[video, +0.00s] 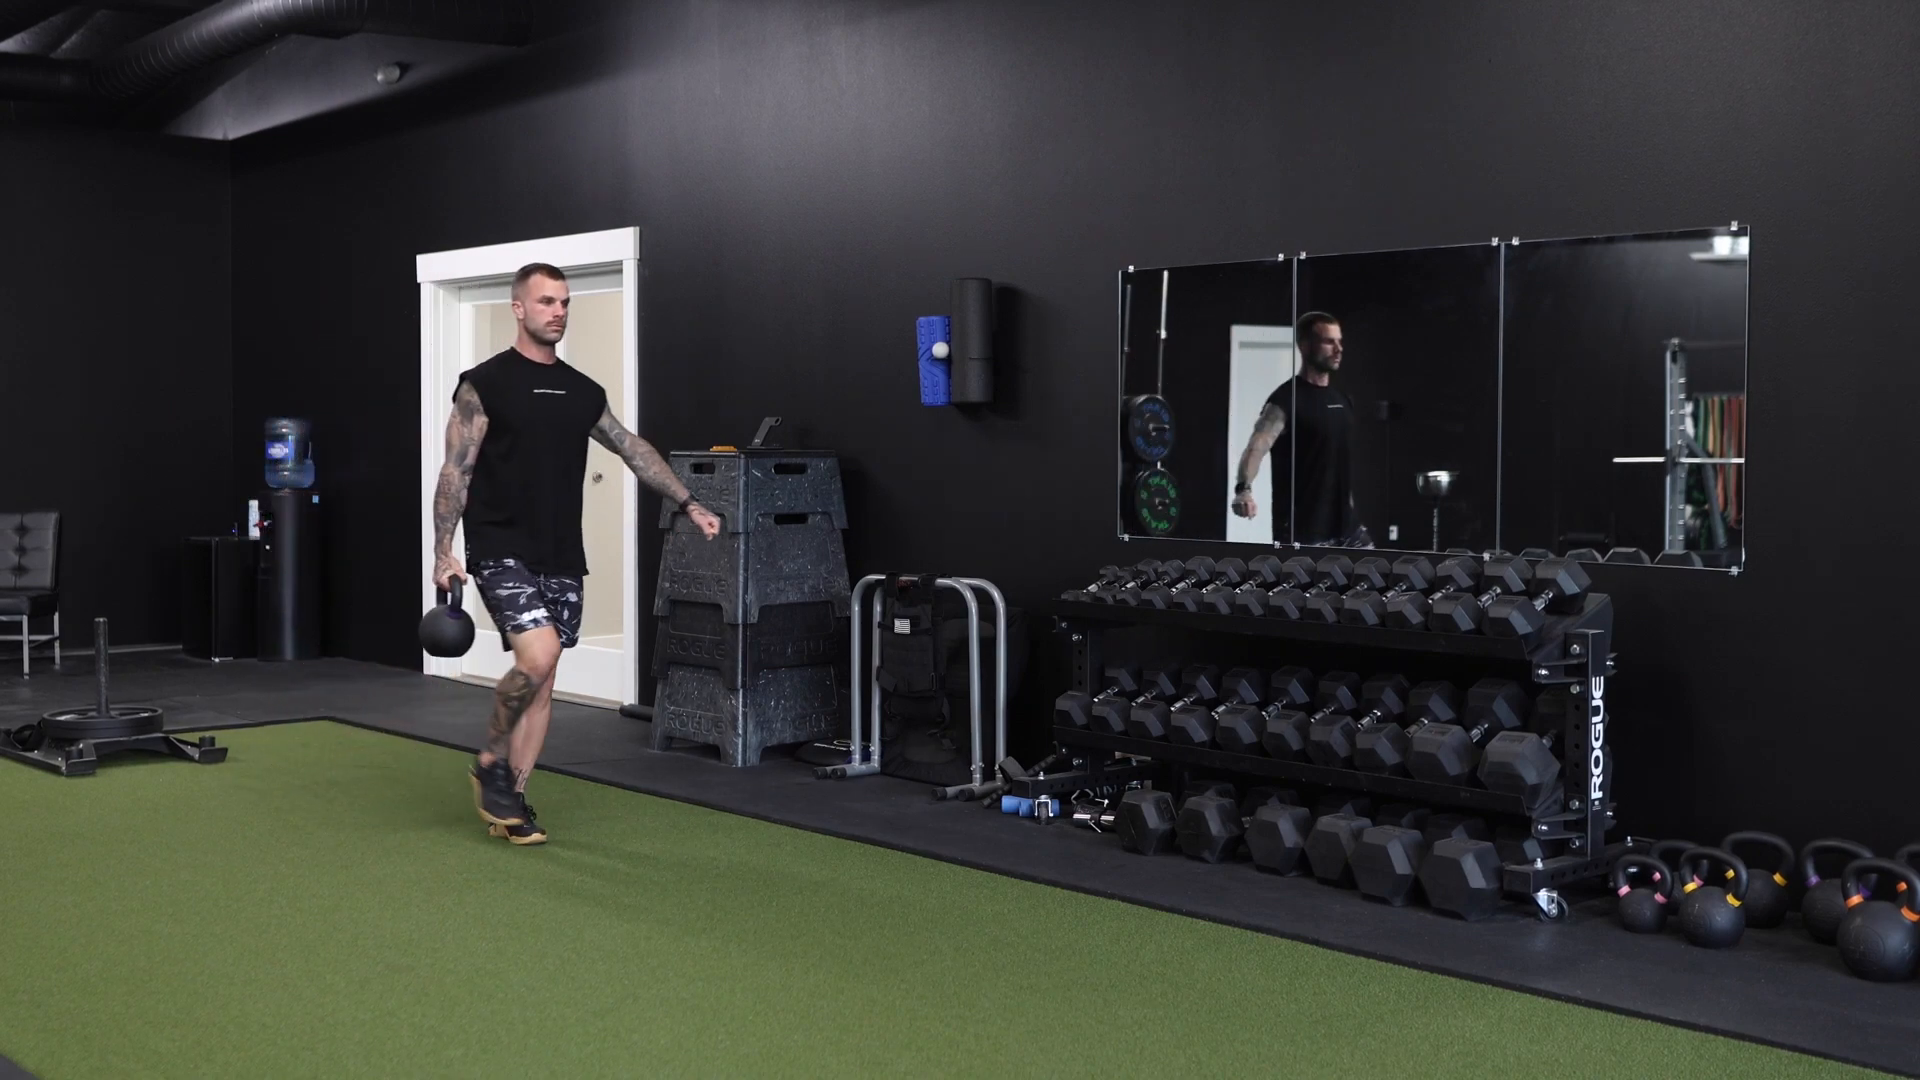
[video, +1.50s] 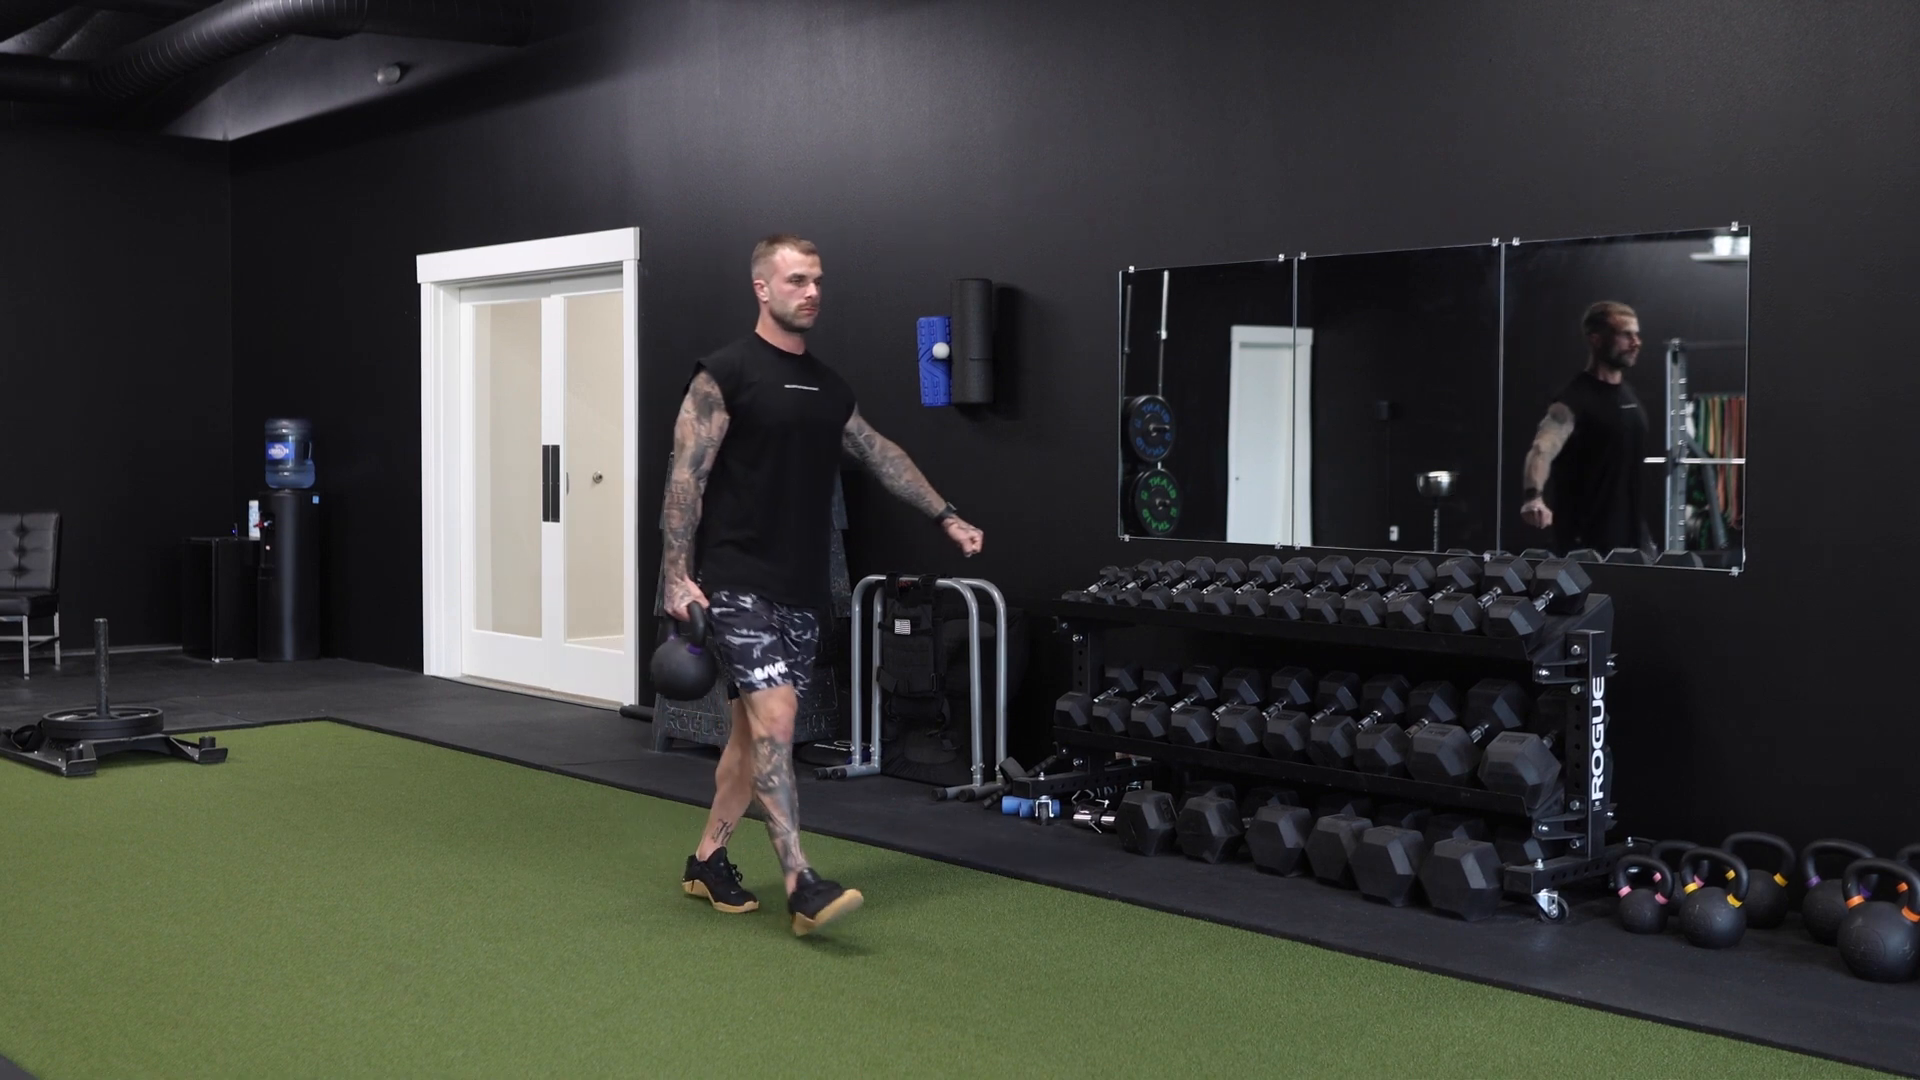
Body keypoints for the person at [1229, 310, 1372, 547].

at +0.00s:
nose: (1338, 349)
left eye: (1340, 342)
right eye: (1329, 342)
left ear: (1342, 344)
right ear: (1304, 345)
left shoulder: (1340, 400)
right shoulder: (1286, 398)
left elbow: (1339, 463)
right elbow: (1257, 447)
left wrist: (1349, 516)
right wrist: (1243, 488)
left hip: (1343, 527)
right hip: (1300, 531)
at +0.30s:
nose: (1391, 349)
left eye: (1392, 342)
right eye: (1381, 342)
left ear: (1395, 345)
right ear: (1356, 347)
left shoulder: (1394, 401)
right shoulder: (1339, 402)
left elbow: (1392, 467)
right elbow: (1305, 448)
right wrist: (1287, 488)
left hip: (1394, 531)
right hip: (1349, 533)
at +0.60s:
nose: (1448, 343)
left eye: (1449, 336)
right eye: (1439, 336)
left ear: (1452, 338)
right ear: (1412, 340)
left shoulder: (1451, 397)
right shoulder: (1394, 397)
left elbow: (1451, 467)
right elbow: (1361, 442)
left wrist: (1460, 522)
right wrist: (1343, 486)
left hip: (1448, 532)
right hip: (1408, 531)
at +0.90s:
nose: (1504, 347)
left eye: (1506, 340)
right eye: (1494, 339)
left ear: (1509, 344)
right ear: (1467, 344)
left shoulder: (1508, 399)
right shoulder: (1450, 401)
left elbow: (1514, 465)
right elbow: (1416, 449)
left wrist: (1522, 519)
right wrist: (1400, 496)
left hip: (1503, 536)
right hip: (1460, 537)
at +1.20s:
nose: (1569, 344)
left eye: (1570, 336)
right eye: (1559, 336)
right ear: (1530, 341)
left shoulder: (1565, 393)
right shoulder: (1515, 398)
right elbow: (1481, 451)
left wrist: (1583, 530)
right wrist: (1471, 499)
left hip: (1570, 534)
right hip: (1527, 538)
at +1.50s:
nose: (1636, 343)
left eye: (1637, 335)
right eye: (1625, 335)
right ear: (1596, 339)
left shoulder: (1626, 395)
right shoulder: (1576, 398)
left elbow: (1626, 475)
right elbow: (1542, 450)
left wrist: (1642, 536)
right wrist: (1532, 496)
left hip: (1627, 536)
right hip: (1582, 537)